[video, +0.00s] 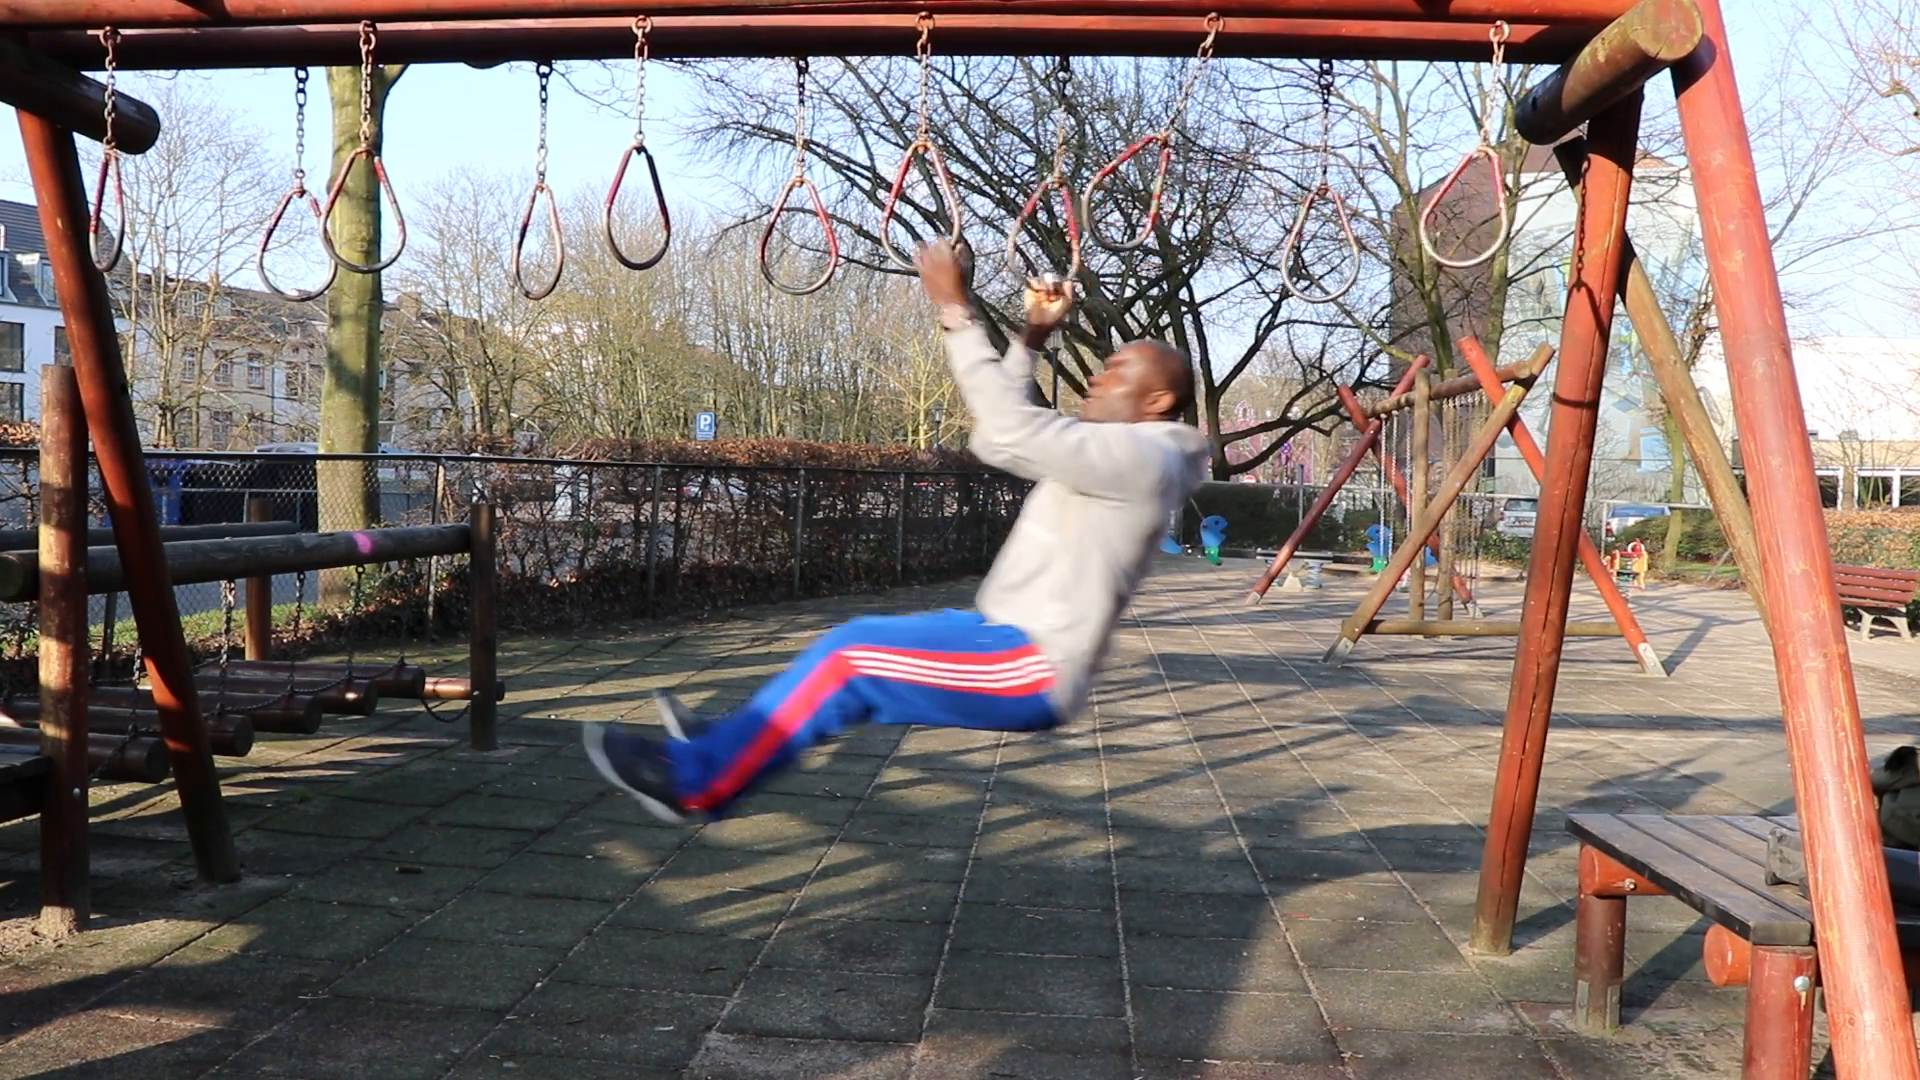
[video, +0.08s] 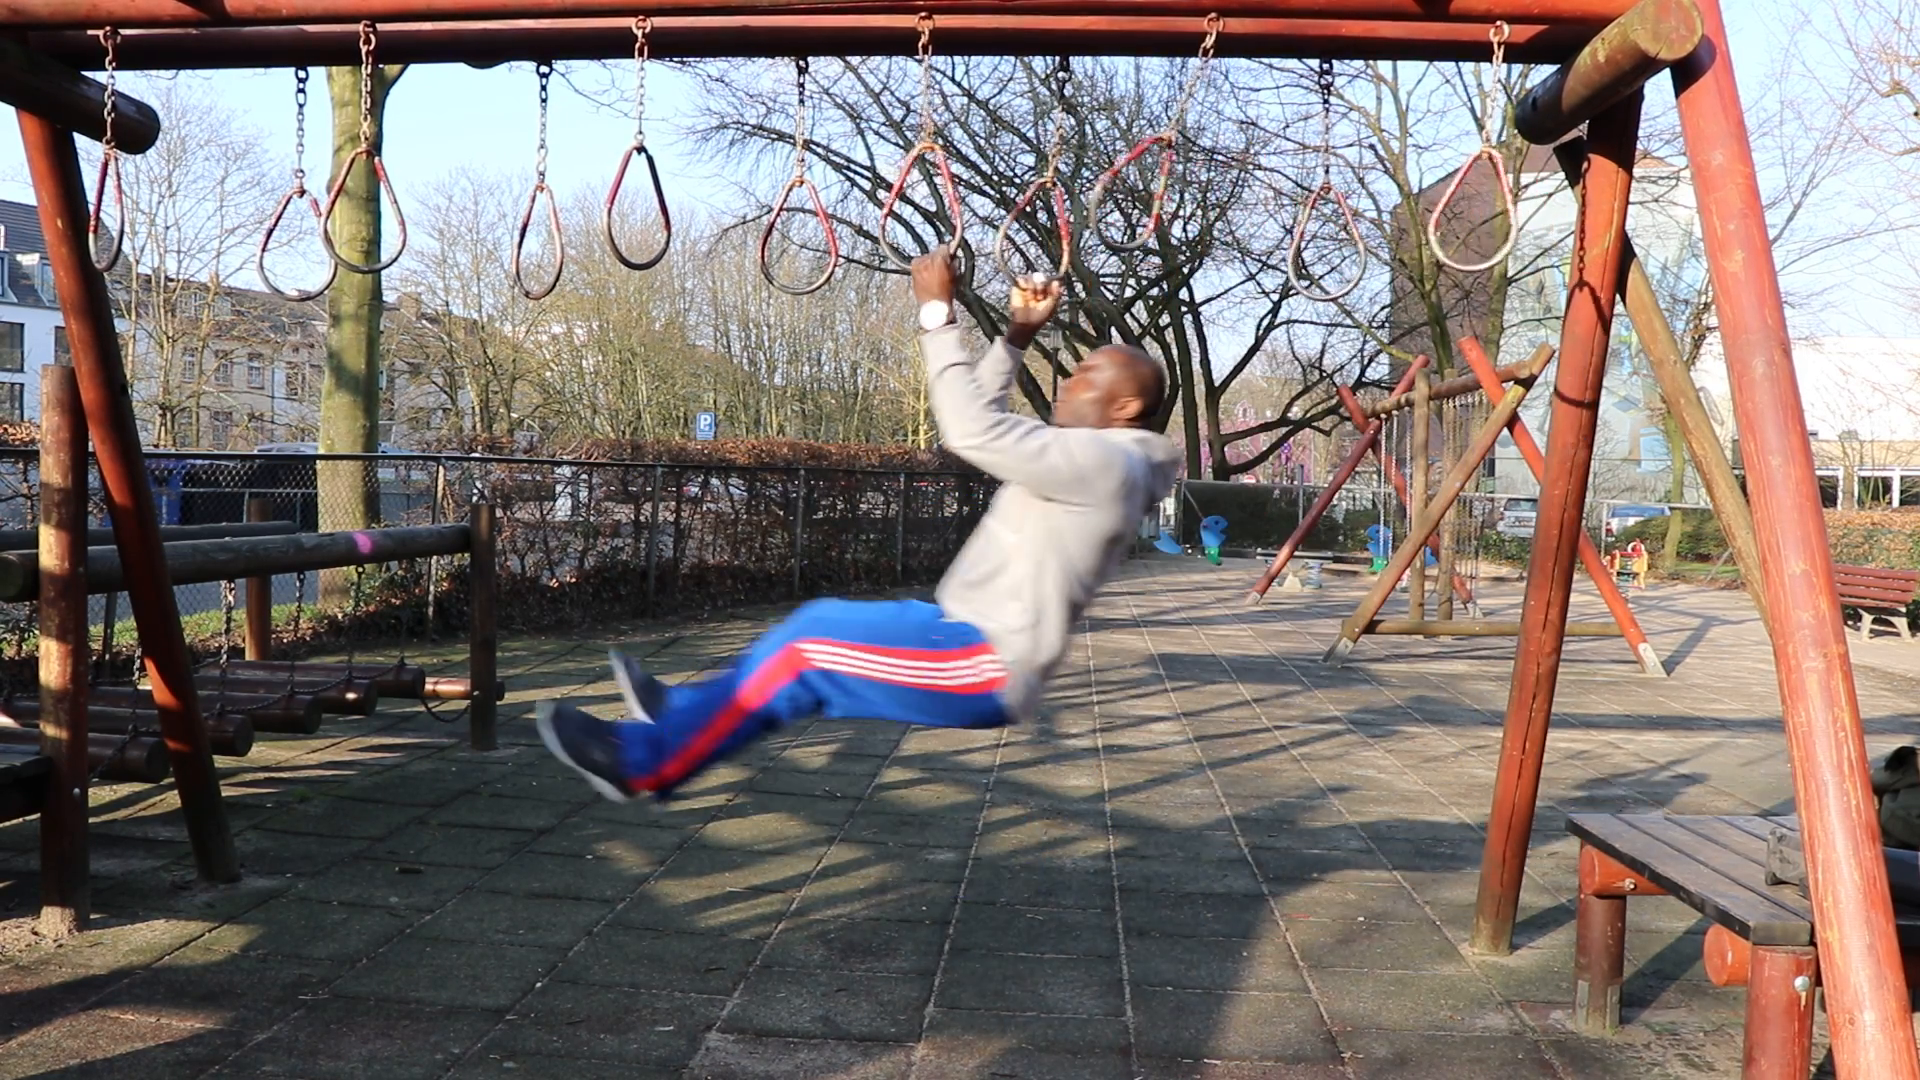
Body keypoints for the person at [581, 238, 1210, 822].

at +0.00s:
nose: (1098, 379)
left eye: (1115, 371)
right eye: (1103, 369)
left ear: (1156, 401)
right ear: (1133, 398)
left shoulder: (1145, 458)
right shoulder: (1116, 452)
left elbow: (1008, 432)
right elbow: (1014, 432)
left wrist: (955, 308)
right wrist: (1030, 340)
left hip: (1037, 665)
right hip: (1011, 637)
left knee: (854, 657)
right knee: (854, 640)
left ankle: (701, 783)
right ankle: (720, 745)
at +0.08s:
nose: (1070, 377)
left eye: (1087, 370)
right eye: (1079, 366)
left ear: (1124, 404)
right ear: (1113, 406)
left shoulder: (1106, 464)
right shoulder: (1089, 456)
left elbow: (970, 430)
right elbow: (991, 427)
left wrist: (940, 312)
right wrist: (1015, 338)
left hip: (989, 661)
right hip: (969, 634)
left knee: (808, 650)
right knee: (812, 624)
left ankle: (645, 765)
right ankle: (676, 717)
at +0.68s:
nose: (903, 355)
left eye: (920, 346)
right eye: (911, 344)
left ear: (951, 373)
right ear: (960, 386)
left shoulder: (910, 434)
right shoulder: (926, 451)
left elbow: (794, 410)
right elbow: (805, 429)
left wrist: (845, 308)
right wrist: (799, 335)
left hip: (759, 610)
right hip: (772, 608)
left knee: (583, 518)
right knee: (601, 538)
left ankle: (383, 535)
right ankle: (460, 583)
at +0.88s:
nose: (861, 334)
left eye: (877, 324)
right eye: (871, 322)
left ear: (911, 349)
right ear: (916, 357)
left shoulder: (877, 412)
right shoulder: (895, 421)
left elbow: (741, 389)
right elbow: (762, 426)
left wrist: (797, 283)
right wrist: (772, 308)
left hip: (736, 601)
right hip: (754, 602)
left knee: (567, 490)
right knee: (603, 551)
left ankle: (372, 508)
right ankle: (478, 634)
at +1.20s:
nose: (824, 351)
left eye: (836, 341)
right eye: (830, 341)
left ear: (874, 363)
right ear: (885, 371)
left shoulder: (836, 413)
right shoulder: (881, 433)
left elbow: (698, 417)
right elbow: (761, 434)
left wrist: (653, 308)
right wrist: (771, 340)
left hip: (733, 621)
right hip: (767, 632)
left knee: (555, 546)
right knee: (592, 595)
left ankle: (363, 614)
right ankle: (485, 687)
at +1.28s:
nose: (825, 362)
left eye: (834, 351)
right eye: (829, 352)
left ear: (872, 370)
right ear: (887, 378)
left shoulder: (837, 423)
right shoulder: (879, 440)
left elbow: (701, 419)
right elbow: (763, 435)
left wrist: (675, 311)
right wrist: (776, 341)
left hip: (737, 624)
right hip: (773, 638)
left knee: (555, 561)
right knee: (597, 607)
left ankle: (376, 641)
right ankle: (488, 701)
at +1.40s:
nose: (815, 353)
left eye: (825, 343)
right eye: (820, 342)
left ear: (860, 363)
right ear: (874, 370)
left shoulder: (827, 414)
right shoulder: (869, 428)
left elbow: (696, 426)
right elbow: (752, 434)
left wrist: (681, 313)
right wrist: (776, 343)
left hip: (741, 621)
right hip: (774, 626)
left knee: (560, 563)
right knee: (597, 597)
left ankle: (391, 666)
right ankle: (491, 697)